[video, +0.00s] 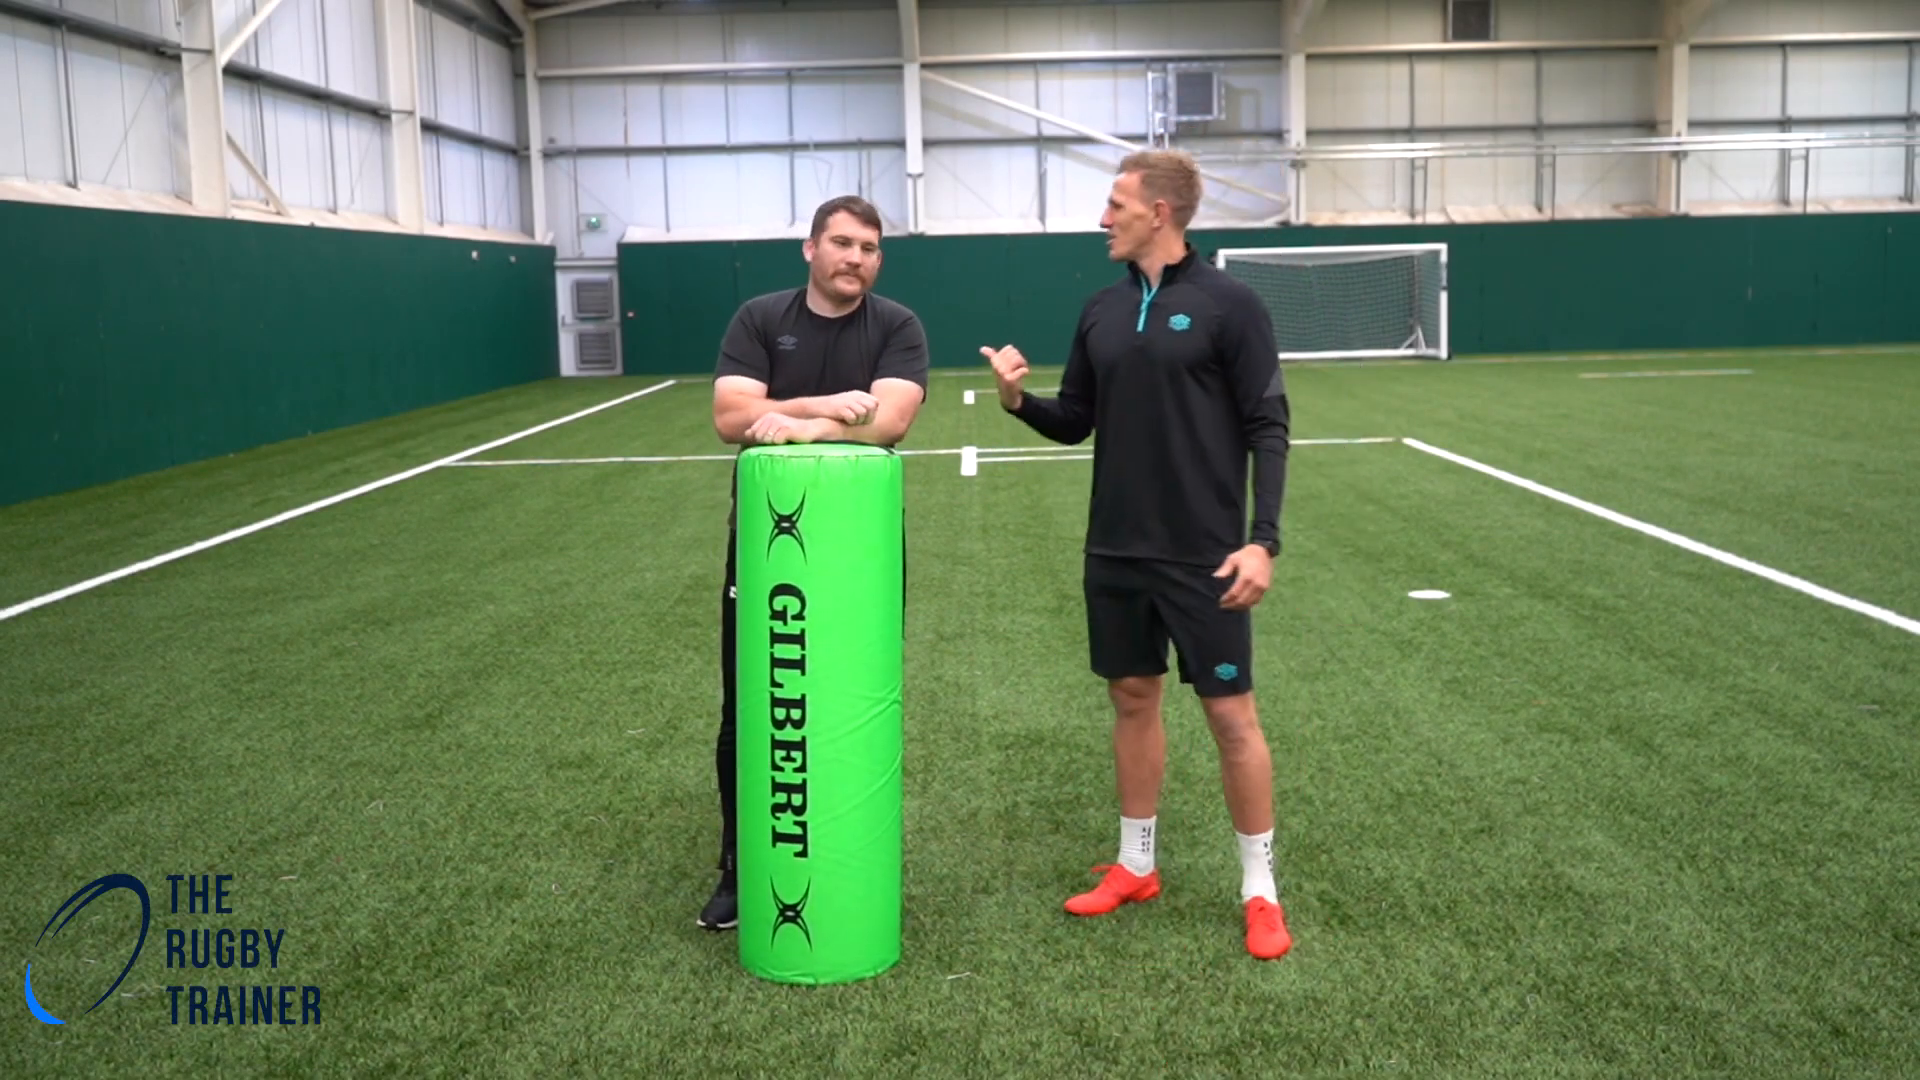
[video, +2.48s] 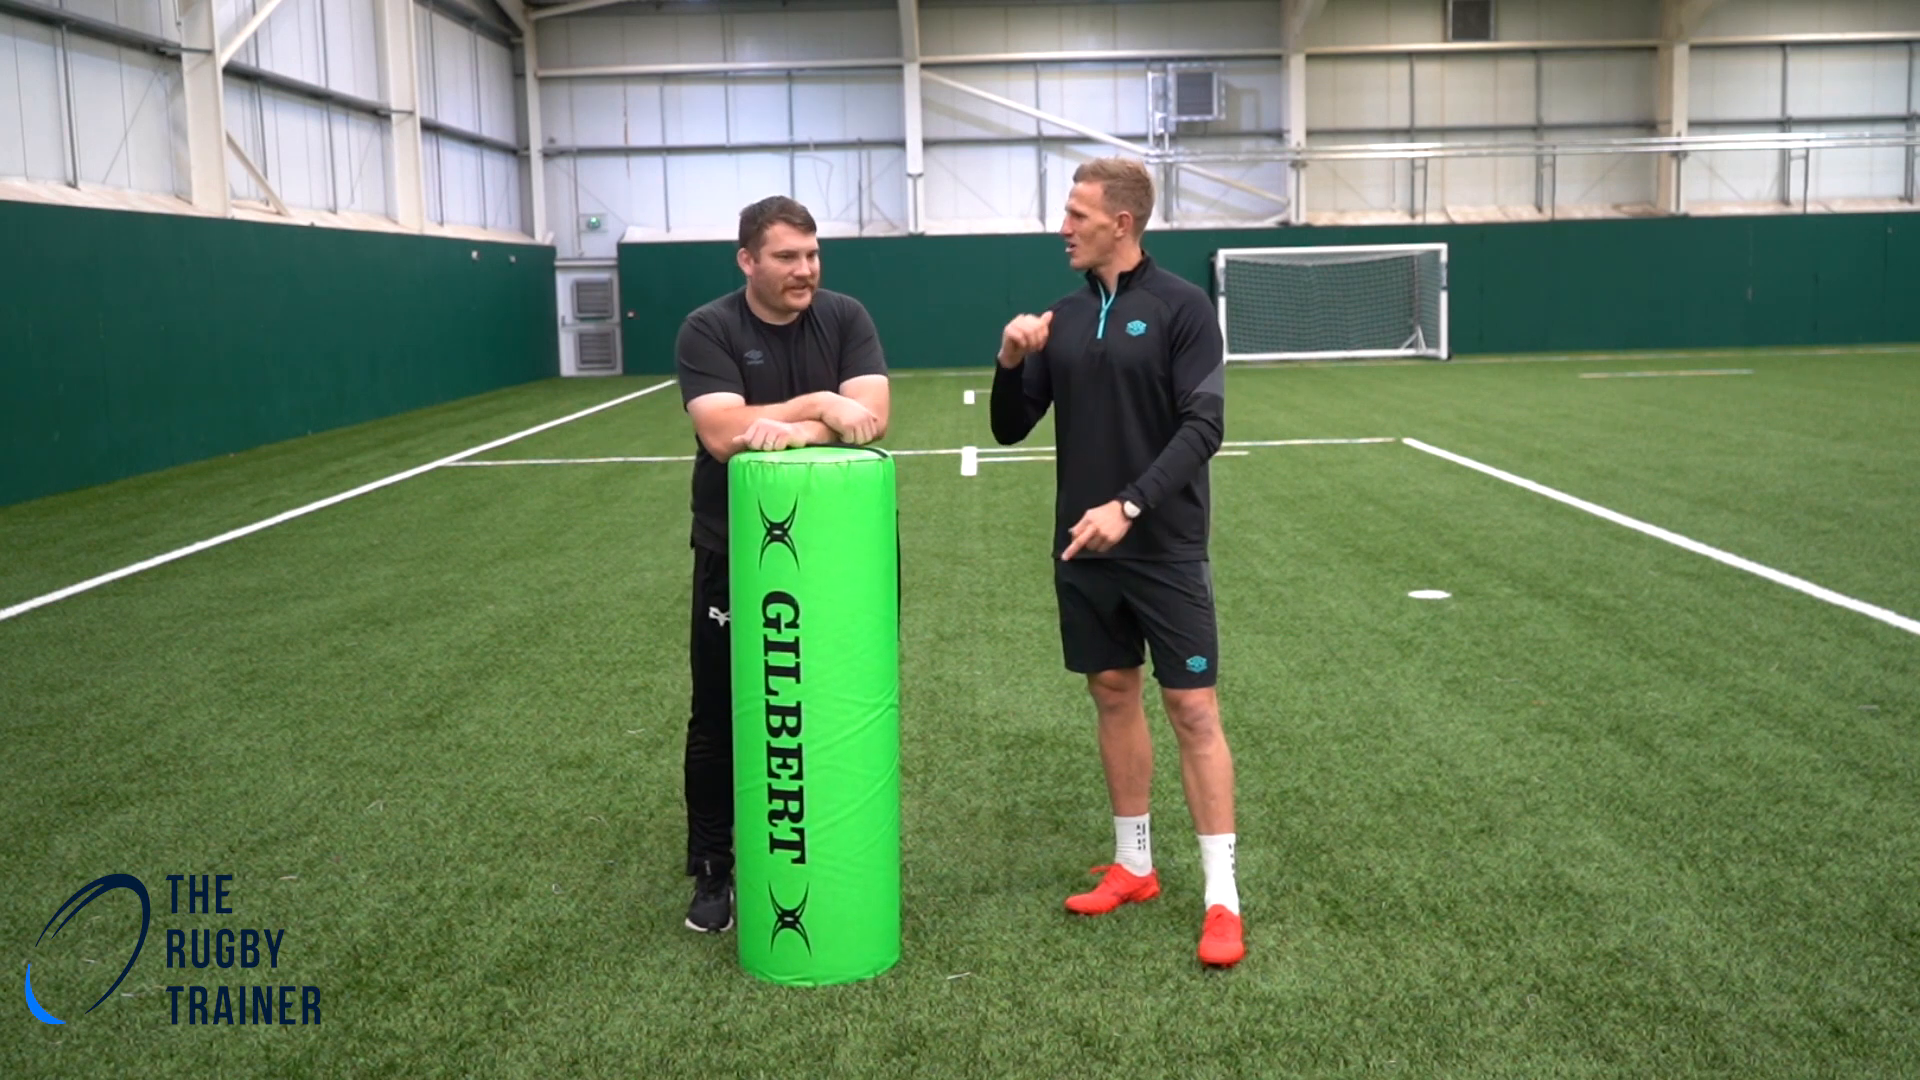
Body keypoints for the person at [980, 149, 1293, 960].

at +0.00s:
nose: (1104, 217)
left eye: (1118, 206)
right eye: (1108, 204)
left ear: (1163, 215)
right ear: (1144, 215)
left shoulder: (1231, 305)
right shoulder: (1102, 310)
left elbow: (1269, 428)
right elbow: (1072, 423)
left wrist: (1263, 540)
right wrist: (1018, 396)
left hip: (1203, 548)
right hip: (1117, 545)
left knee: (1231, 716)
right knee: (1131, 697)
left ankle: (1259, 887)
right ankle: (1136, 867)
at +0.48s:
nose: (1057, 222)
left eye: (1069, 210)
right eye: (1059, 209)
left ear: (1115, 216)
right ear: (1093, 217)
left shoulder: (1185, 303)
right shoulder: (1061, 315)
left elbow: (1216, 426)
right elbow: (1031, 427)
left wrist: (1210, 541)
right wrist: (977, 420)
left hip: (1165, 546)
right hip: (1083, 545)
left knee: (1191, 710)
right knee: (1114, 694)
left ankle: (1218, 893)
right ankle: (1133, 866)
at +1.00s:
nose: (1057, 226)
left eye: (1070, 215)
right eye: (1060, 212)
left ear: (1117, 223)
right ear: (1099, 221)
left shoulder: (1182, 304)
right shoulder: (1055, 317)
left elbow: (1186, 422)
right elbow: (1019, 437)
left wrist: (1068, 411)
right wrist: (1005, 397)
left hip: (1162, 544)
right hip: (1081, 544)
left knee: (1191, 710)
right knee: (1110, 695)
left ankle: (1220, 897)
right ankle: (1132, 867)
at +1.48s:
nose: (1057, 224)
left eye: (1071, 213)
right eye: (1060, 210)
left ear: (1118, 223)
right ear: (1098, 221)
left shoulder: (1180, 305)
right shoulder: (1053, 316)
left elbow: (1189, 422)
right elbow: (1022, 437)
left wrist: (1074, 423)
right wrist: (1013, 415)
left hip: (1159, 548)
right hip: (1079, 547)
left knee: (1189, 710)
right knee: (1109, 694)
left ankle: (1220, 896)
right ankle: (1132, 867)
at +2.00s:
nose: (1061, 223)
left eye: (1074, 213)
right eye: (1064, 210)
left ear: (1120, 222)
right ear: (1101, 219)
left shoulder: (1181, 305)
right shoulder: (1055, 315)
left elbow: (1193, 424)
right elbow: (1024, 435)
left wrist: (1079, 428)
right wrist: (1013, 420)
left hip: (1161, 546)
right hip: (1081, 545)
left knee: (1190, 708)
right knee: (1110, 693)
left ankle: (1221, 896)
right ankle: (1133, 867)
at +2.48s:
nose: (1064, 227)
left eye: (1077, 216)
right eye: (1066, 213)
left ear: (1123, 225)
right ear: (1102, 223)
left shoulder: (1183, 306)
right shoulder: (1065, 315)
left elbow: (1202, 427)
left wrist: (1129, 506)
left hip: (1166, 545)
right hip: (1084, 542)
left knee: (1193, 707)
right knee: (1112, 693)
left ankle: (1222, 897)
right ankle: (1133, 867)